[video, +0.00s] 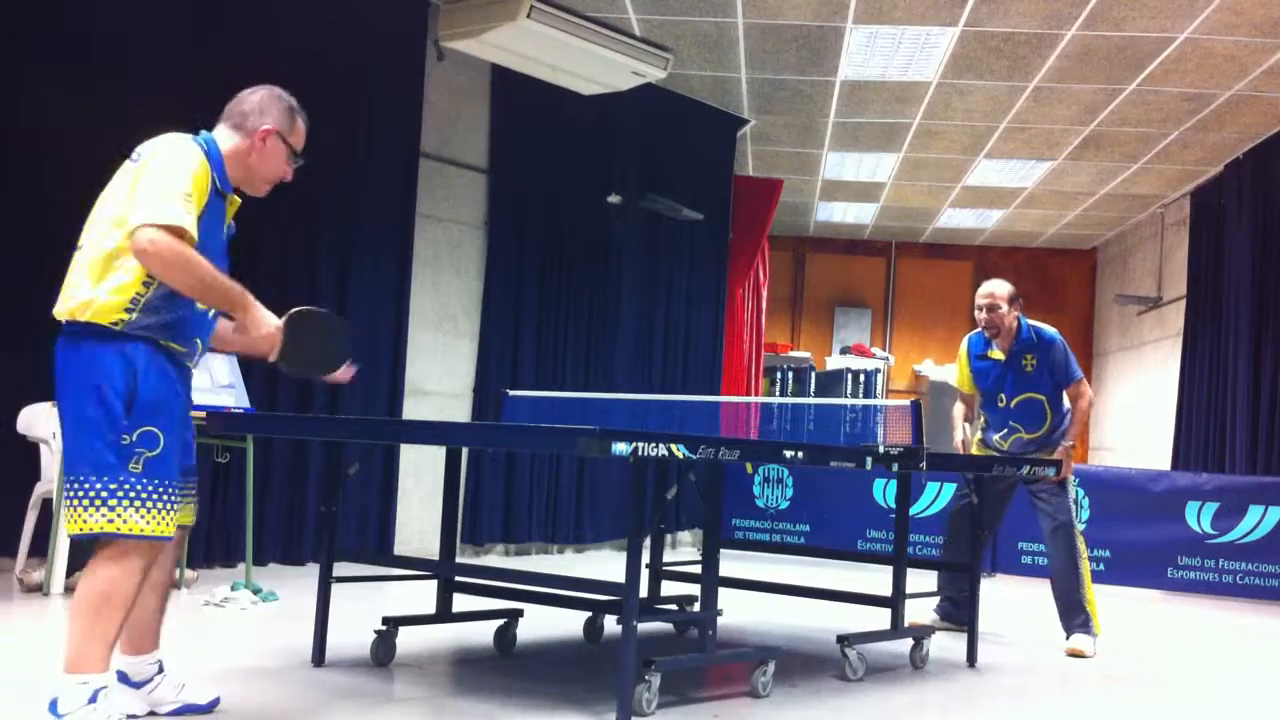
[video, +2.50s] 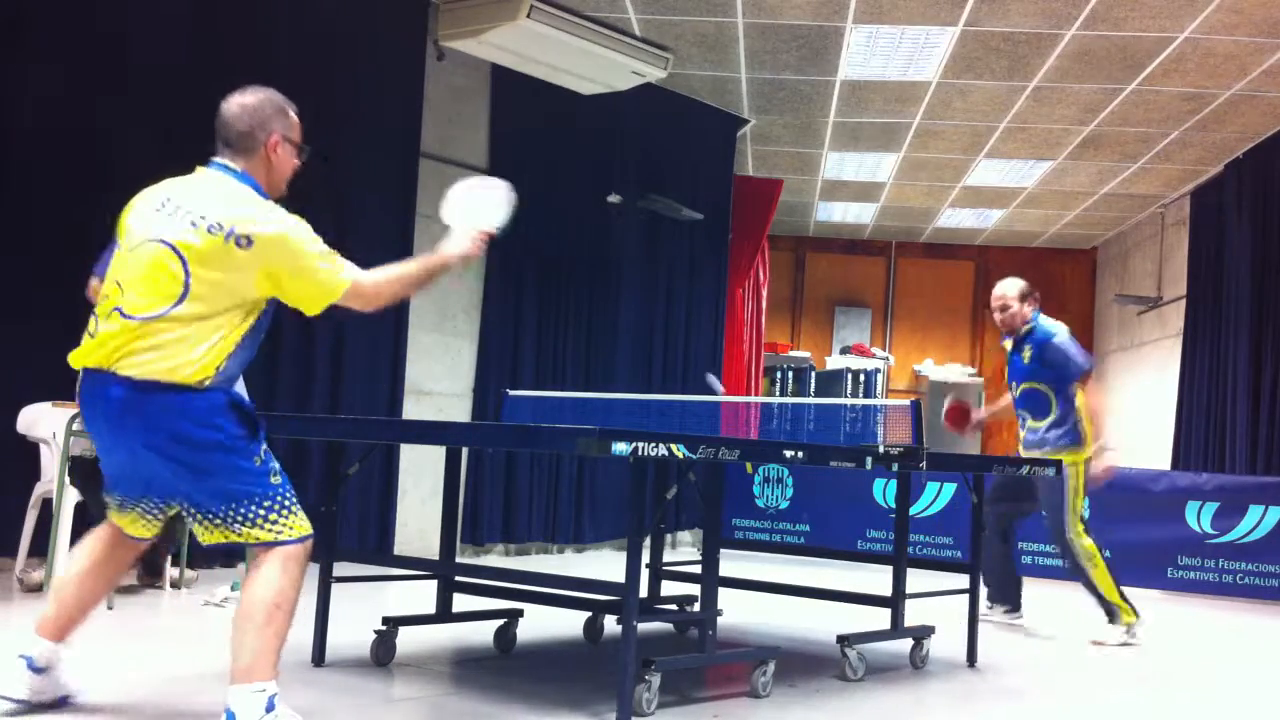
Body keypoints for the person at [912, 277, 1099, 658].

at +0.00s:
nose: (985, 317)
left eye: (993, 309)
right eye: (979, 310)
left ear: (1015, 310)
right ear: (974, 313)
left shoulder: (1047, 341)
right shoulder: (971, 346)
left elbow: (1082, 395)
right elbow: (965, 399)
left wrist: (1067, 445)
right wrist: (960, 428)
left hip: (1044, 452)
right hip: (992, 452)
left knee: (1062, 532)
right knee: (962, 520)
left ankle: (1080, 630)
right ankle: (954, 612)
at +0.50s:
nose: (989, 319)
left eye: (997, 311)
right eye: (984, 312)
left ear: (1018, 311)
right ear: (980, 314)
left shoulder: (1052, 341)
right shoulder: (977, 347)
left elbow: (1084, 400)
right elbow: (971, 402)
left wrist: (1066, 449)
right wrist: (966, 431)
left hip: (1051, 452)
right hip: (999, 452)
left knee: (1069, 527)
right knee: (965, 517)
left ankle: (1081, 632)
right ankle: (954, 612)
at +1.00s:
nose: (973, 313)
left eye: (980, 305)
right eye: (967, 307)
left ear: (1003, 304)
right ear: (964, 310)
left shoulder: (1037, 336)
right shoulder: (970, 345)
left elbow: (1077, 397)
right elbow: (970, 400)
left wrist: (1054, 445)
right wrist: (957, 430)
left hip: (1040, 453)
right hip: (993, 453)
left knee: (1057, 533)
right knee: (958, 522)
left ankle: (1080, 632)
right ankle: (955, 614)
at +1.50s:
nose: (944, 352)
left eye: (947, 343)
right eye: (941, 345)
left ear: (970, 336)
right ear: (972, 337)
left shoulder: (989, 356)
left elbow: (1004, 364)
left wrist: (1010, 366)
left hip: (1044, 462)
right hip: (1014, 463)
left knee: (1018, 538)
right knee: (965, 518)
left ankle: (1074, 639)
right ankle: (954, 615)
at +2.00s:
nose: (1018, 297)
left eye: (1025, 290)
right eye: (1016, 290)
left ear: (1054, 292)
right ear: (1019, 292)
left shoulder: (1082, 335)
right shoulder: (1013, 321)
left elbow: (1111, 395)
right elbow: (971, 347)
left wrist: (1100, 447)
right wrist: (952, 313)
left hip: (1061, 454)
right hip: (1011, 449)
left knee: (1068, 536)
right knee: (987, 525)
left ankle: (1097, 633)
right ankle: (964, 606)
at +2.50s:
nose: (999, 316)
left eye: (1006, 308)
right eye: (994, 310)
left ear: (1030, 305)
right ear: (992, 312)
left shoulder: (1053, 337)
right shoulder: (1014, 344)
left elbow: (1090, 387)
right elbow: (1022, 393)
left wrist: (1100, 446)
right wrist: (983, 414)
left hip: (1063, 456)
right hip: (1030, 456)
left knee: (1069, 535)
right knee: (993, 512)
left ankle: (1125, 618)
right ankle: (1004, 603)